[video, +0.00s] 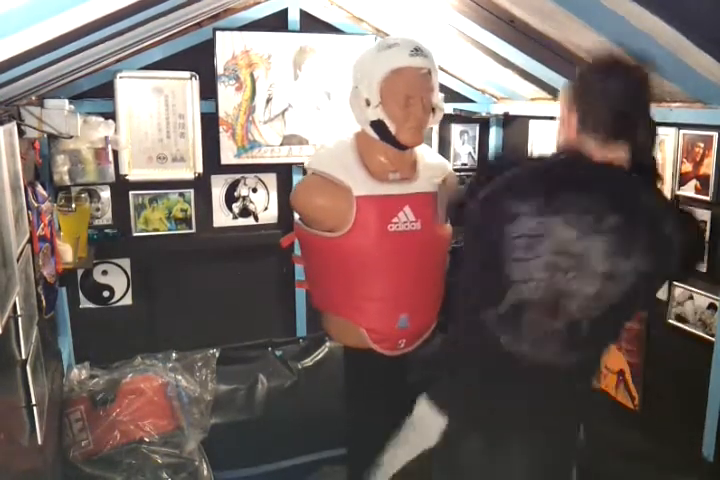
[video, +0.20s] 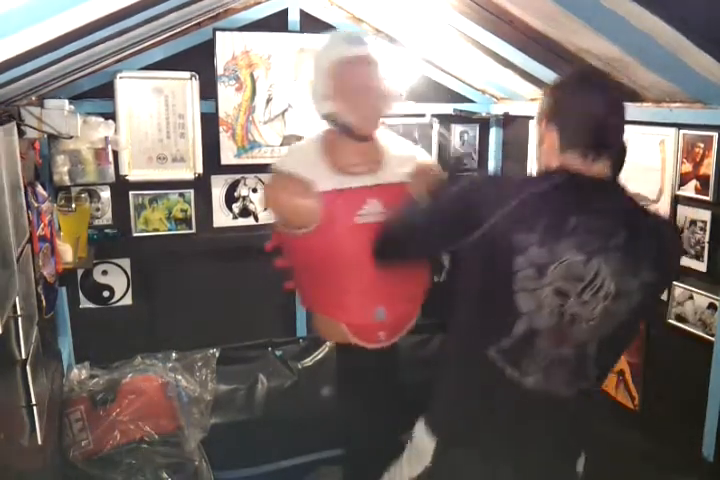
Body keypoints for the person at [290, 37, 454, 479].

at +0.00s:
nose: (423, 111)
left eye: (427, 99)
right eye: (407, 99)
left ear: (435, 103)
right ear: (368, 103)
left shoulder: (440, 177)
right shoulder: (326, 184)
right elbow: (321, 285)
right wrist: (355, 322)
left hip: (429, 348)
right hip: (364, 358)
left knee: (428, 454)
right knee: (371, 460)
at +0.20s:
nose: (373, 92)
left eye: (375, 79)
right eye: (359, 80)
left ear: (386, 91)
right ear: (330, 92)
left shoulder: (414, 165)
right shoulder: (296, 172)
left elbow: (449, 238)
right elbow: (313, 267)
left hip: (419, 338)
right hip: (347, 348)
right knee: (367, 458)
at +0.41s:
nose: (456, 112)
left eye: (456, 99)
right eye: (445, 97)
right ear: (402, 98)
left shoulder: (455, 182)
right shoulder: (336, 178)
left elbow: (463, 266)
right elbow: (318, 273)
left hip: (434, 357)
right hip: (365, 362)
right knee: (373, 468)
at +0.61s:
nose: (408, 102)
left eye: (409, 89)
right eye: (392, 91)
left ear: (417, 97)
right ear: (357, 100)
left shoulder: (434, 175)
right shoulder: (312, 182)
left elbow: (439, 257)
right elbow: (314, 274)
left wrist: (424, 309)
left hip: (421, 350)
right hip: (352, 360)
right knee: (369, 466)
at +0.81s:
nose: (424, 104)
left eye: (428, 92)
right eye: (408, 91)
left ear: (434, 99)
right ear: (369, 99)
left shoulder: (442, 179)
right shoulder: (323, 182)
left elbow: (440, 257)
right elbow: (319, 283)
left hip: (424, 351)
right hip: (359, 360)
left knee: (417, 460)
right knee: (371, 468)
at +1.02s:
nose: (417, 113)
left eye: (424, 102)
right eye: (403, 100)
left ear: (433, 106)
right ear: (365, 102)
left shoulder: (442, 179)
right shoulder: (323, 181)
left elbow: (442, 255)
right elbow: (321, 276)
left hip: (426, 351)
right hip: (360, 360)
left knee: (420, 458)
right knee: (372, 467)